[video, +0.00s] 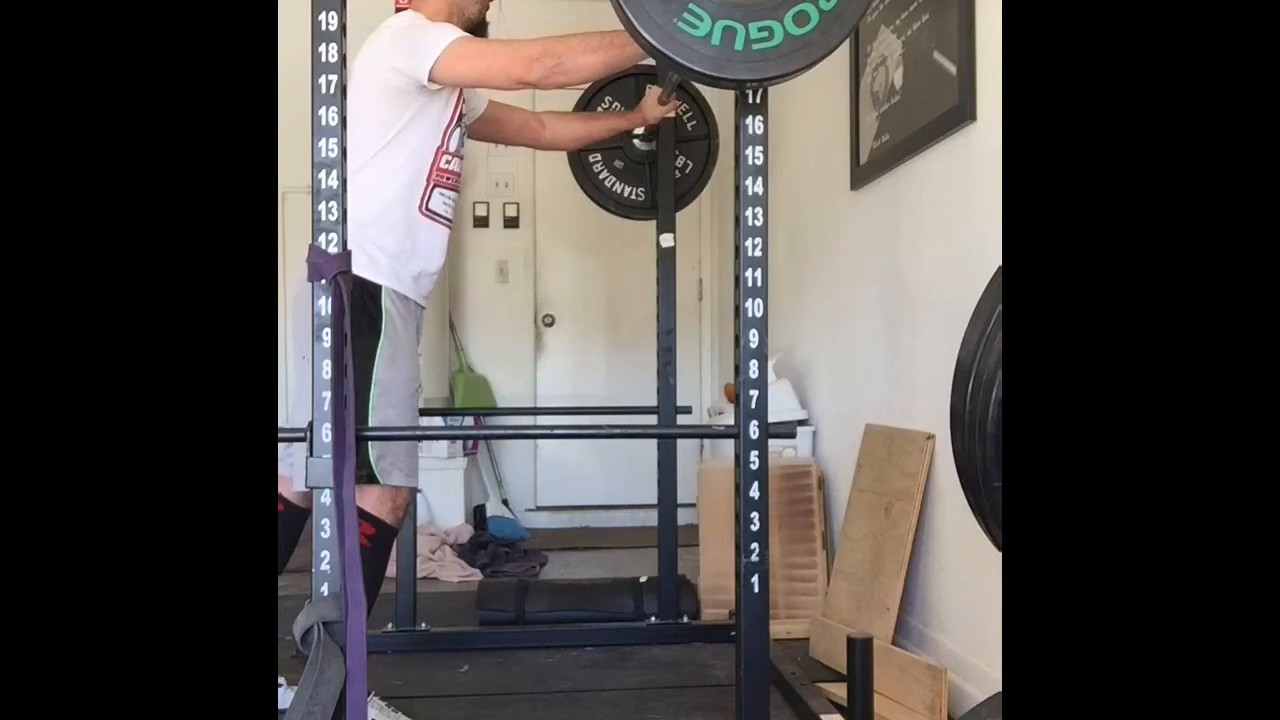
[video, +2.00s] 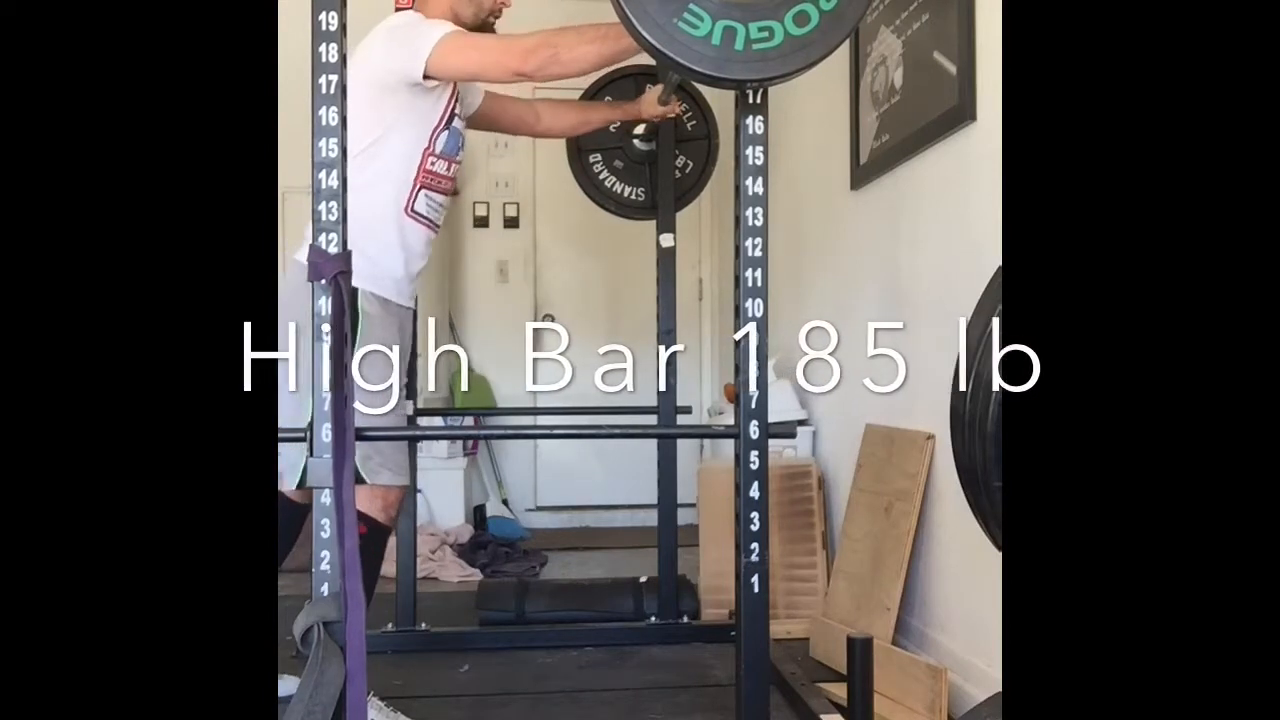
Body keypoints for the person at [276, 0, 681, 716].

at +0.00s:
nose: (483, 13)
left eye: (483, 9)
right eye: (474, 2)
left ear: (415, 8)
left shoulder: (434, 80)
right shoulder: (403, 39)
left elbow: (533, 127)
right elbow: (540, 64)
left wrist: (636, 119)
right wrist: (663, 32)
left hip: (374, 297)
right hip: (362, 292)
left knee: (298, 482)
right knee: (384, 493)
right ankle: (333, 687)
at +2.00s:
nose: (503, 6)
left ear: (436, 1)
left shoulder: (438, 74)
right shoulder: (401, 39)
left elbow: (529, 117)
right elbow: (535, 59)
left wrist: (633, 111)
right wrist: (655, 28)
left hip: (374, 298)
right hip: (353, 295)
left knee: (303, 478)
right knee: (380, 486)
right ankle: (335, 683)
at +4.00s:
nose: (757, 47)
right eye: (748, 35)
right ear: (718, 26)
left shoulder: (701, 105)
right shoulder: (675, 80)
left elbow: (582, 180)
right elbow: (582, 136)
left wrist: (684, 194)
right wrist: (661, 51)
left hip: (622, 309)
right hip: (617, 310)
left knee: (671, 484)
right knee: (712, 491)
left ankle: (628, 650)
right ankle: (654, 693)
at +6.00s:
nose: (764, 44)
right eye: (754, 31)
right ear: (724, 25)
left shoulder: (703, 100)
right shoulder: (684, 76)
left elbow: (579, 173)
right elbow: (572, 124)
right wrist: (656, 46)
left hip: (628, 306)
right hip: (614, 306)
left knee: (667, 485)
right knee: (707, 488)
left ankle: (630, 654)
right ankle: (650, 694)